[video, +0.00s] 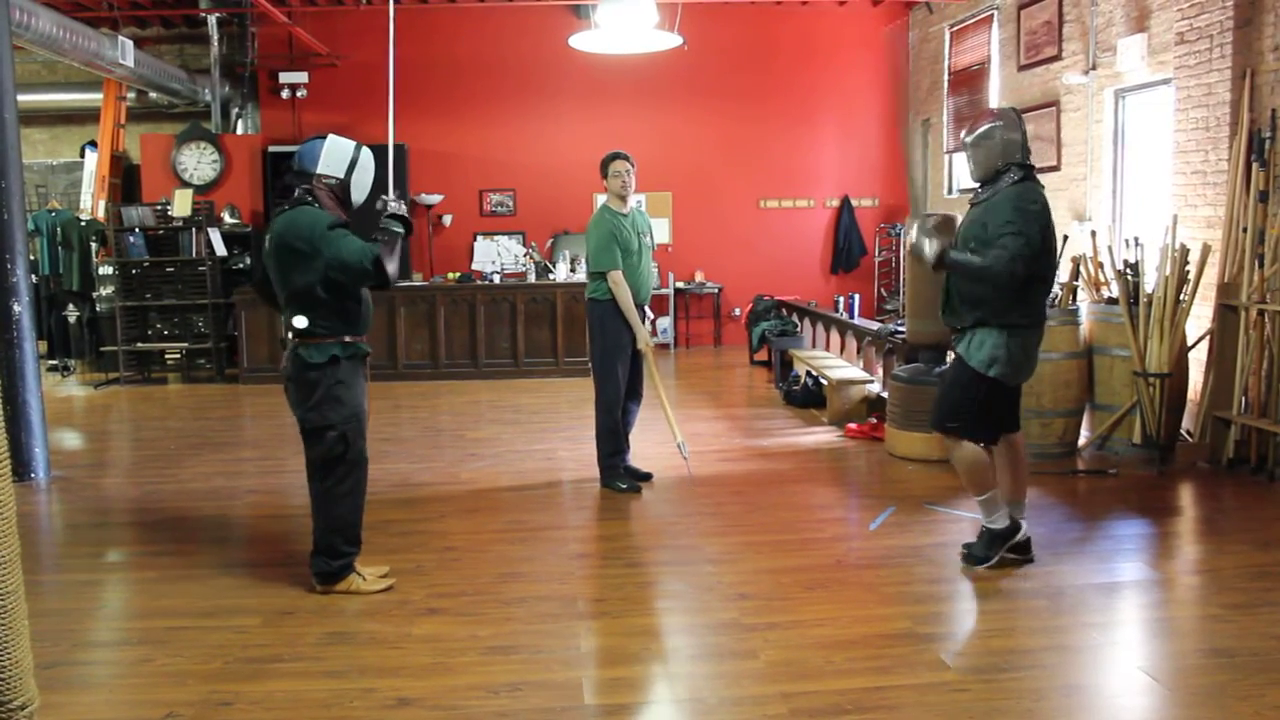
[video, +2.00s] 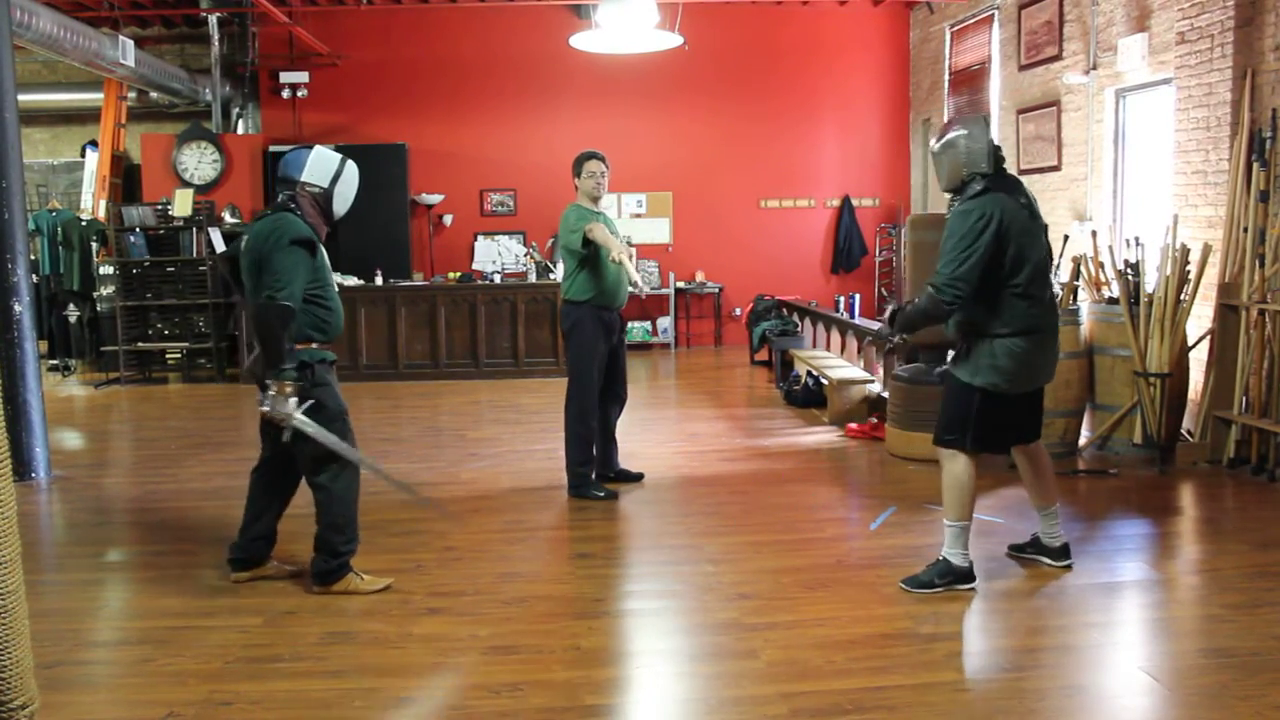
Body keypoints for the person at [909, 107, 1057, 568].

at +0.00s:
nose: (970, 159)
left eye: (976, 149)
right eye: (970, 150)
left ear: (1000, 149)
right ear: (1002, 150)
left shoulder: (1018, 199)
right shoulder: (1001, 196)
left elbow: (1008, 268)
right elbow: (990, 260)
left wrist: (947, 256)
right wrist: (947, 243)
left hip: (998, 336)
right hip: (996, 334)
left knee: (955, 428)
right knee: (1004, 431)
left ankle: (997, 525)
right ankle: (1013, 533)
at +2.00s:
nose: (937, 170)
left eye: (941, 159)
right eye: (937, 159)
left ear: (964, 155)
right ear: (976, 155)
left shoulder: (977, 208)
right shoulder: (1014, 197)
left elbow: (950, 292)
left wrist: (901, 319)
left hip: (994, 348)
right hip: (1031, 344)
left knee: (953, 444)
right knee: (1025, 440)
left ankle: (955, 560)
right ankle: (1052, 541)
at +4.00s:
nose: (869, 195)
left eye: (870, 185)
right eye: (867, 185)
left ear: (888, 182)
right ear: (916, 173)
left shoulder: (901, 230)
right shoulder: (961, 204)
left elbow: (847, 299)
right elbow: (1005, 248)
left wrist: (884, 273)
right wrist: (996, 295)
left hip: (949, 353)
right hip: (1003, 345)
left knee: (889, 437)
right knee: (1010, 437)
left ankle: (908, 553)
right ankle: (1050, 539)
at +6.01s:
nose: (881, 193)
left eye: (883, 182)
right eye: (881, 183)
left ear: (901, 178)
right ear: (929, 172)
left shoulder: (911, 228)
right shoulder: (976, 206)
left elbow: (860, 297)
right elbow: (1017, 260)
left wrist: (891, 276)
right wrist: (993, 300)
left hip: (954, 355)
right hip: (1009, 348)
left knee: (898, 439)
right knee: (1015, 440)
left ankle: (912, 555)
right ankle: (1054, 539)